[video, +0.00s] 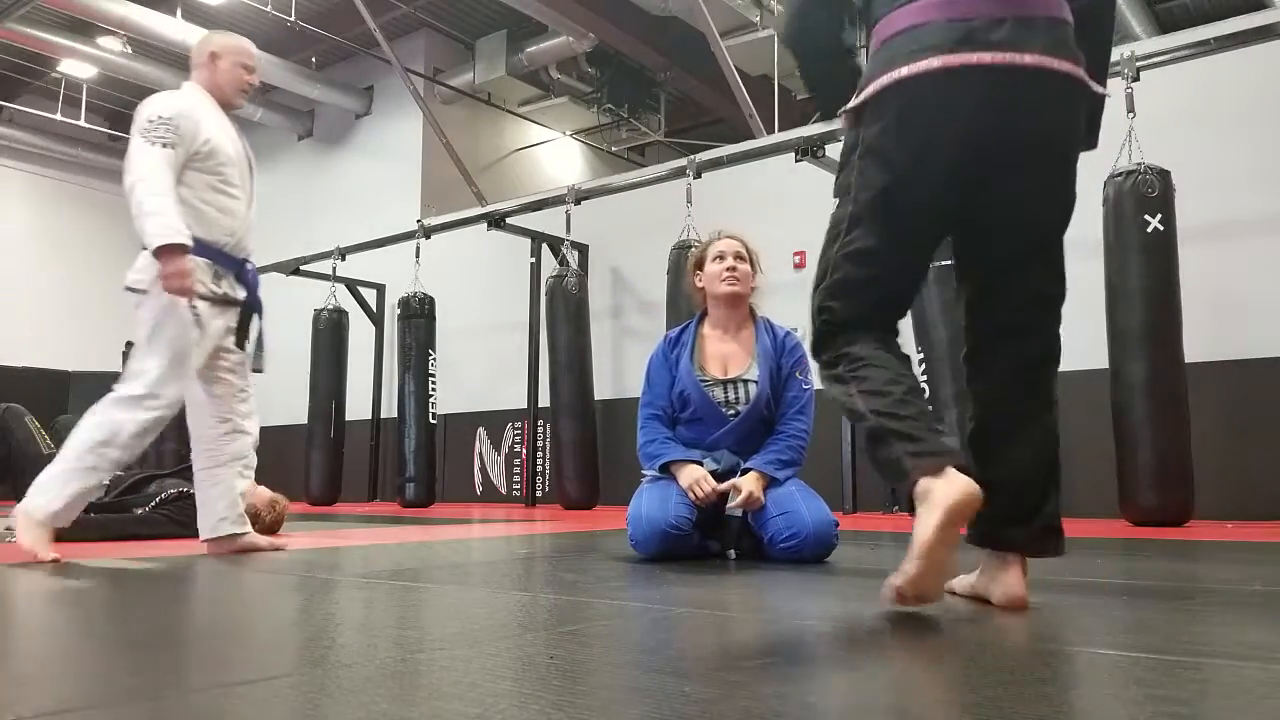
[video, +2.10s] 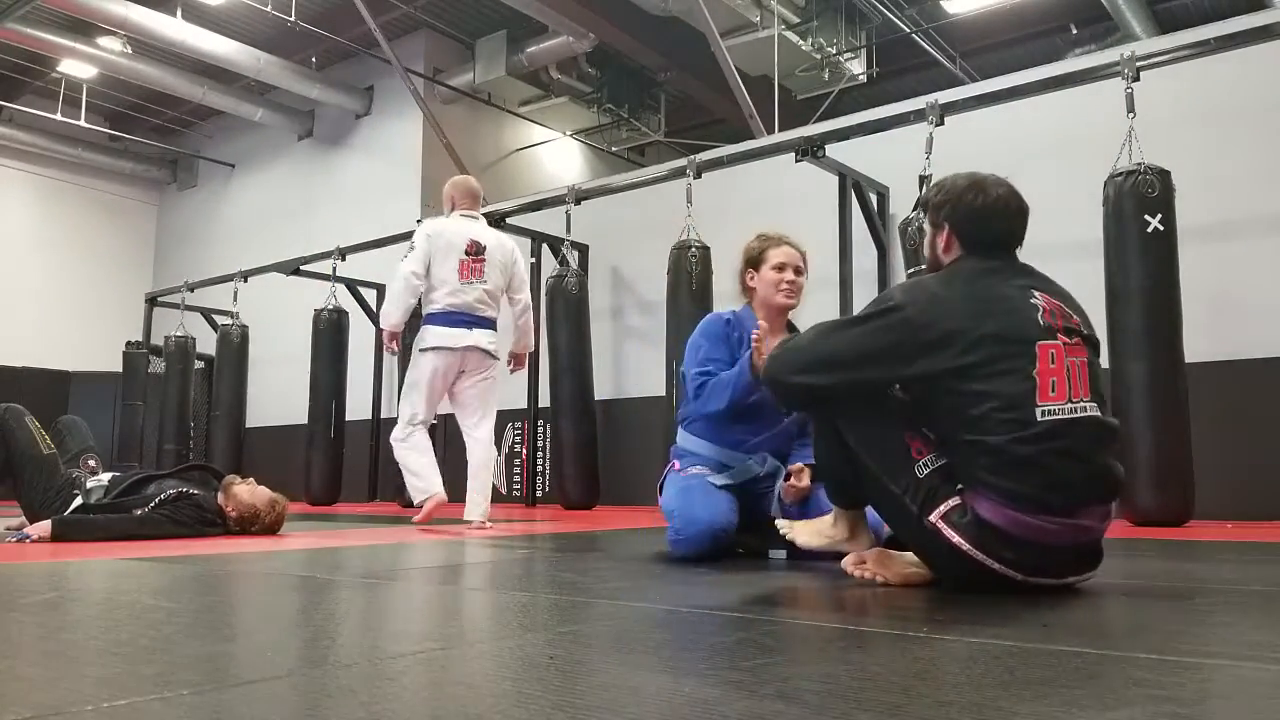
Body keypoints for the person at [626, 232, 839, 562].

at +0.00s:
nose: (731, 264)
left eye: (740, 259)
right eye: (719, 258)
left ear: (753, 280)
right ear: (699, 279)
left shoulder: (784, 346)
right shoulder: (671, 348)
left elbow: (795, 428)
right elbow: (652, 426)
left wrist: (759, 475)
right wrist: (682, 467)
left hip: (761, 475)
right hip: (682, 475)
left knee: (813, 536)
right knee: (653, 534)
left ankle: (742, 534)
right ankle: (715, 541)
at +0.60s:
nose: (721, 262)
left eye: (725, 258)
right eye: (706, 256)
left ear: (733, 274)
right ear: (680, 274)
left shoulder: (766, 333)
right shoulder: (655, 346)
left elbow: (786, 414)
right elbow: (630, 424)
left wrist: (760, 474)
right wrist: (652, 438)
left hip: (760, 472)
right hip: (682, 475)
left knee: (809, 540)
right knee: (653, 535)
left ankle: (745, 535)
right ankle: (713, 542)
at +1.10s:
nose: (709, 270)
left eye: (711, 262)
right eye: (698, 259)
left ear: (713, 270)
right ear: (663, 266)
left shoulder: (735, 329)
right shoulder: (625, 343)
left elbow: (767, 416)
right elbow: (607, 435)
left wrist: (746, 474)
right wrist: (618, 405)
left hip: (751, 463)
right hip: (676, 474)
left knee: (821, 540)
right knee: (645, 537)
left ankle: (744, 536)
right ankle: (720, 546)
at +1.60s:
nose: (731, 267)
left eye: (733, 260)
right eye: (719, 257)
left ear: (736, 268)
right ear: (686, 265)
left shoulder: (759, 331)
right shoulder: (650, 339)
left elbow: (786, 420)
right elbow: (633, 429)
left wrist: (776, 483)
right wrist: (654, 395)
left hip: (763, 472)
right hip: (688, 480)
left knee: (854, 527)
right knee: (655, 537)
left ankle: (752, 536)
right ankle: (726, 541)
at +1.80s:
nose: (756, 270)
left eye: (759, 263)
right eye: (743, 261)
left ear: (765, 271)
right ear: (712, 270)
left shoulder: (785, 340)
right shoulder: (680, 334)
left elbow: (802, 418)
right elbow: (662, 417)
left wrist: (798, 469)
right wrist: (697, 383)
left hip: (772, 478)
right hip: (695, 478)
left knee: (832, 525)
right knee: (662, 538)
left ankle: (758, 530)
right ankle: (727, 538)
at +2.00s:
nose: (782, 277)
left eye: (788, 270)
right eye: (770, 268)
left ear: (795, 280)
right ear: (742, 276)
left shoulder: (799, 345)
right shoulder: (708, 329)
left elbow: (803, 421)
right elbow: (688, 405)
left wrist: (800, 461)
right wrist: (731, 374)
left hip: (777, 476)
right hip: (702, 472)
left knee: (867, 525)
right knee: (680, 537)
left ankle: (764, 532)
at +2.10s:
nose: (791, 279)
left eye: (798, 272)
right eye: (779, 269)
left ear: (805, 284)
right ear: (751, 279)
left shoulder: (805, 350)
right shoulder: (717, 329)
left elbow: (808, 425)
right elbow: (703, 400)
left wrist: (801, 463)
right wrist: (752, 368)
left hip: (775, 474)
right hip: (704, 468)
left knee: (869, 529)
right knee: (703, 534)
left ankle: (766, 529)